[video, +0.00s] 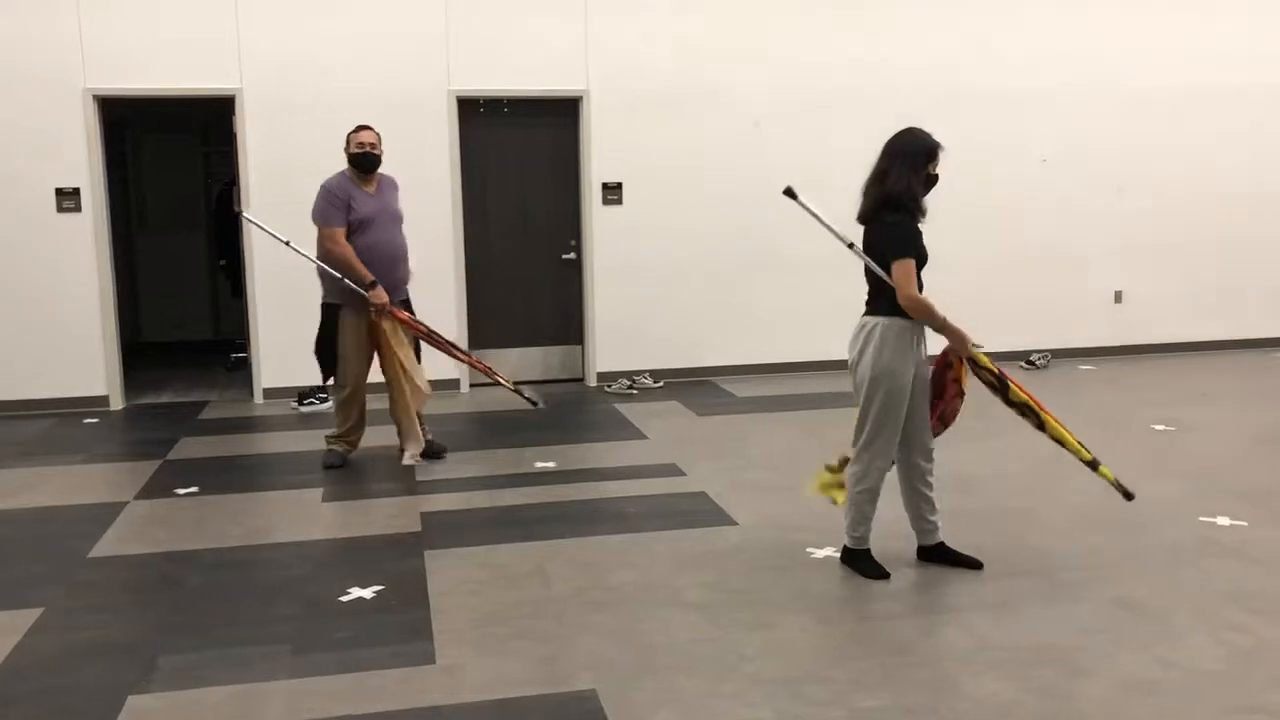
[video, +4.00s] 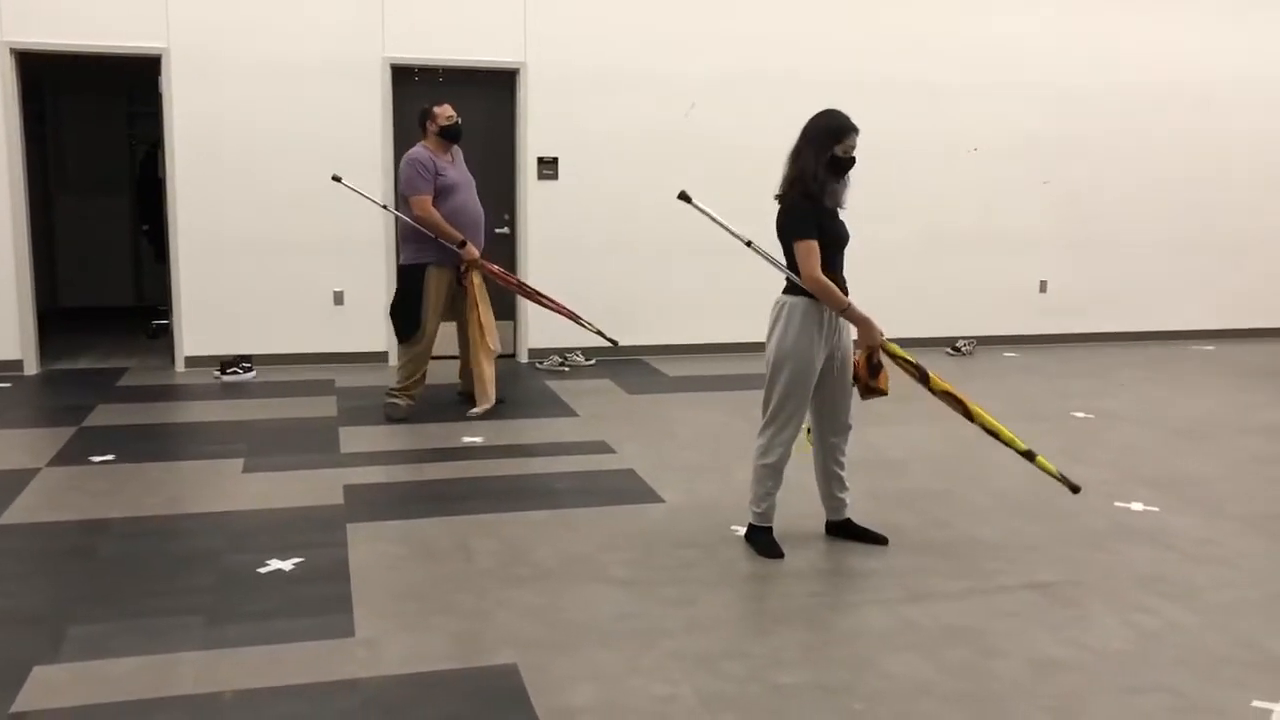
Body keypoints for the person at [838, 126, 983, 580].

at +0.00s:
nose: (935, 176)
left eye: (936, 167)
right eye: (931, 167)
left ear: (896, 164)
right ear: (914, 168)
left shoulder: (894, 218)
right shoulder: (895, 221)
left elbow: (897, 296)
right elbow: (907, 297)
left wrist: (937, 328)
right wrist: (952, 331)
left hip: (903, 339)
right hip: (886, 338)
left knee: (917, 448)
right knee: (875, 449)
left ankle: (929, 542)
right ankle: (856, 546)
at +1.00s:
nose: (863, 170)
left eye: (873, 164)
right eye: (855, 163)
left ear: (887, 170)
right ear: (842, 168)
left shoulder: (895, 223)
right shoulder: (836, 222)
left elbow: (901, 280)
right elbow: (828, 296)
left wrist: (911, 317)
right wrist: (881, 333)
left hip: (883, 339)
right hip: (839, 340)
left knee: (890, 445)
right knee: (831, 448)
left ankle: (894, 543)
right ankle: (830, 550)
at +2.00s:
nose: (866, 181)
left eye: (874, 175)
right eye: (858, 173)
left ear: (883, 181)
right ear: (841, 175)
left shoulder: (875, 229)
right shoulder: (831, 227)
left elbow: (871, 296)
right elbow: (835, 302)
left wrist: (888, 364)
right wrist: (880, 354)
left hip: (872, 345)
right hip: (833, 344)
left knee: (877, 454)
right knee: (819, 456)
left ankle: (878, 552)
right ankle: (800, 557)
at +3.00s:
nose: (863, 169)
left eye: (861, 159)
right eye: (859, 160)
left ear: (817, 160)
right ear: (848, 163)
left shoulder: (823, 211)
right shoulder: (828, 215)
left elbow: (831, 288)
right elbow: (833, 290)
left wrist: (858, 344)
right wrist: (868, 345)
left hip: (834, 330)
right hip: (817, 330)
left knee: (841, 435)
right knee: (804, 435)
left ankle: (851, 526)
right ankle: (774, 532)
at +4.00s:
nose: (850, 159)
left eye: (853, 151)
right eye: (844, 151)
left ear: (843, 148)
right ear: (821, 147)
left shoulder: (826, 200)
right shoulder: (800, 200)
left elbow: (828, 274)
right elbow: (810, 276)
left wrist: (855, 328)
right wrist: (862, 321)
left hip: (833, 318)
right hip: (800, 317)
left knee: (833, 423)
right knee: (782, 424)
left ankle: (837, 518)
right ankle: (760, 523)